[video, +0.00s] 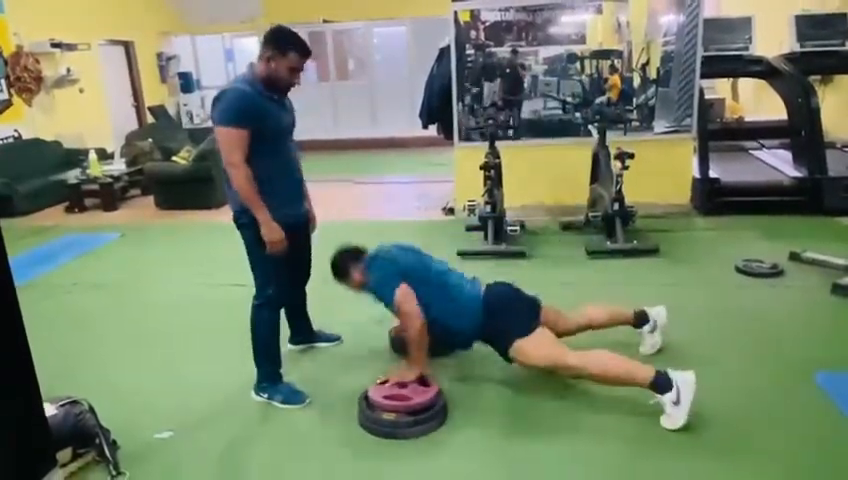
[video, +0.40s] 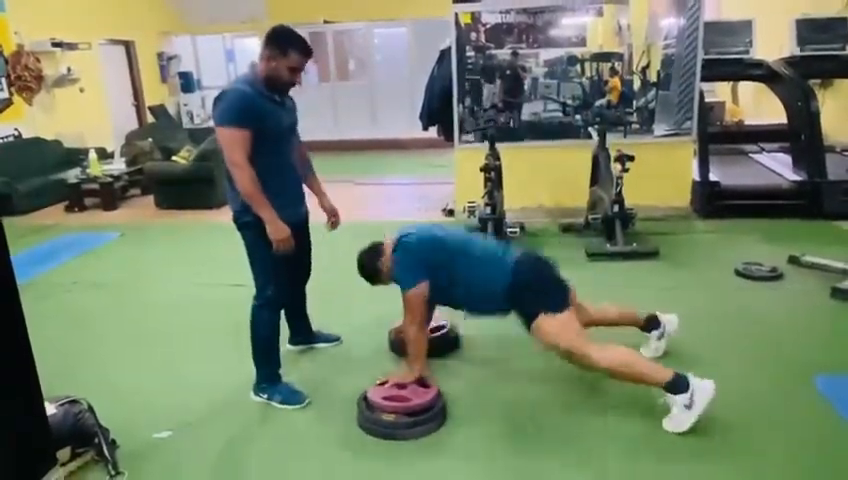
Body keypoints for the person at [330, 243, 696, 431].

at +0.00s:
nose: (356, 286)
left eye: (352, 282)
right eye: (353, 282)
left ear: (354, 274)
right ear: (362, 257)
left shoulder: (380, 272)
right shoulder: (391, 253)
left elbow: (414, 317)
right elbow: (426, 300)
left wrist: (416, 369)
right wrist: (416, 340)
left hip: (492, 321)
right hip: (497, 296)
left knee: (566, 362)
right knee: (568, 322)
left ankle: (666, 384)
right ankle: (646, 316)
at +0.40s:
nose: (392, 282)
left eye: (386, 279)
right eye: (387, 278)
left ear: (384, 265)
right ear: (387, 249)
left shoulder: (408, 257)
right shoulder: (415, 241)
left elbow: (416, 322)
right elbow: (423, 300)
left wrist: (414, 369)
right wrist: (412, 336)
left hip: (522, 284)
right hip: (524, 269)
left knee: (579, 352)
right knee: (583, 315)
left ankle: (683, 387)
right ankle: (655, 323)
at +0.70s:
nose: (451, 299)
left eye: (450, 295)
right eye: (449, 296)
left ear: (455, 289)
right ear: (454, 266)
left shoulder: (479, 278)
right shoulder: (473, 259)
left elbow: (452, 339)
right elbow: (460, 303)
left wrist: (413, 373)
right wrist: (422, 322)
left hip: (595, 281)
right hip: (584, 262)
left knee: (530, 329)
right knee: (533, 307)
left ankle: (595, 378)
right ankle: (586, 347)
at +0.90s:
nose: (473, 274)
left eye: (471, 269)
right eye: (470, 270)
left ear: (479, 261)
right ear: (483, 250)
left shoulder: (503, 271)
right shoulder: (502, 248)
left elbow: (467, 338)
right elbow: (480, 295)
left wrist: (421, 372)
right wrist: (446, 324)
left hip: (619, 296)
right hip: (612, 280)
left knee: (545, 324)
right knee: (547, 307)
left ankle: (598, 382)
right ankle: (588, 354)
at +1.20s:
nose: (482, 168)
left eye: (477, 161)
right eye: (476, 163)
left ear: (483, 149)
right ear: (489, 137)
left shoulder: (514, 157)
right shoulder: (516, 142)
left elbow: (554, 202)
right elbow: (554, 203)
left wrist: (567, 256)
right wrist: (559, 252)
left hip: (608, 218)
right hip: (596, 212)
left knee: (559, 299)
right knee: (550, 277)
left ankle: (591, 376)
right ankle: (583, 349)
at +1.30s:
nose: (486, 132)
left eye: (483, 124)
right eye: (480, 127)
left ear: (492, 108)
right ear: (495, 102)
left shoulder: (522, 116)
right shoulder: (524, 106)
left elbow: (574, 159)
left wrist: (602, 218)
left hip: (589, 211)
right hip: (575, 209)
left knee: (564, 285)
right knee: (554, 268)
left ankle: (590, 374)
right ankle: (585, 348)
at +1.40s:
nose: (494, 109)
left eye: (491, 101)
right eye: (489, 104)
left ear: (500, 84)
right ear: (504, 78)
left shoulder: (536, 89)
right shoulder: (528, 90)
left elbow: (584, 123)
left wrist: (608, 186)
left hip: (580, 203)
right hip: (566, 202)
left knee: (569, 288)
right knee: (563, 280)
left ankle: (589, 372)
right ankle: (584, 347)